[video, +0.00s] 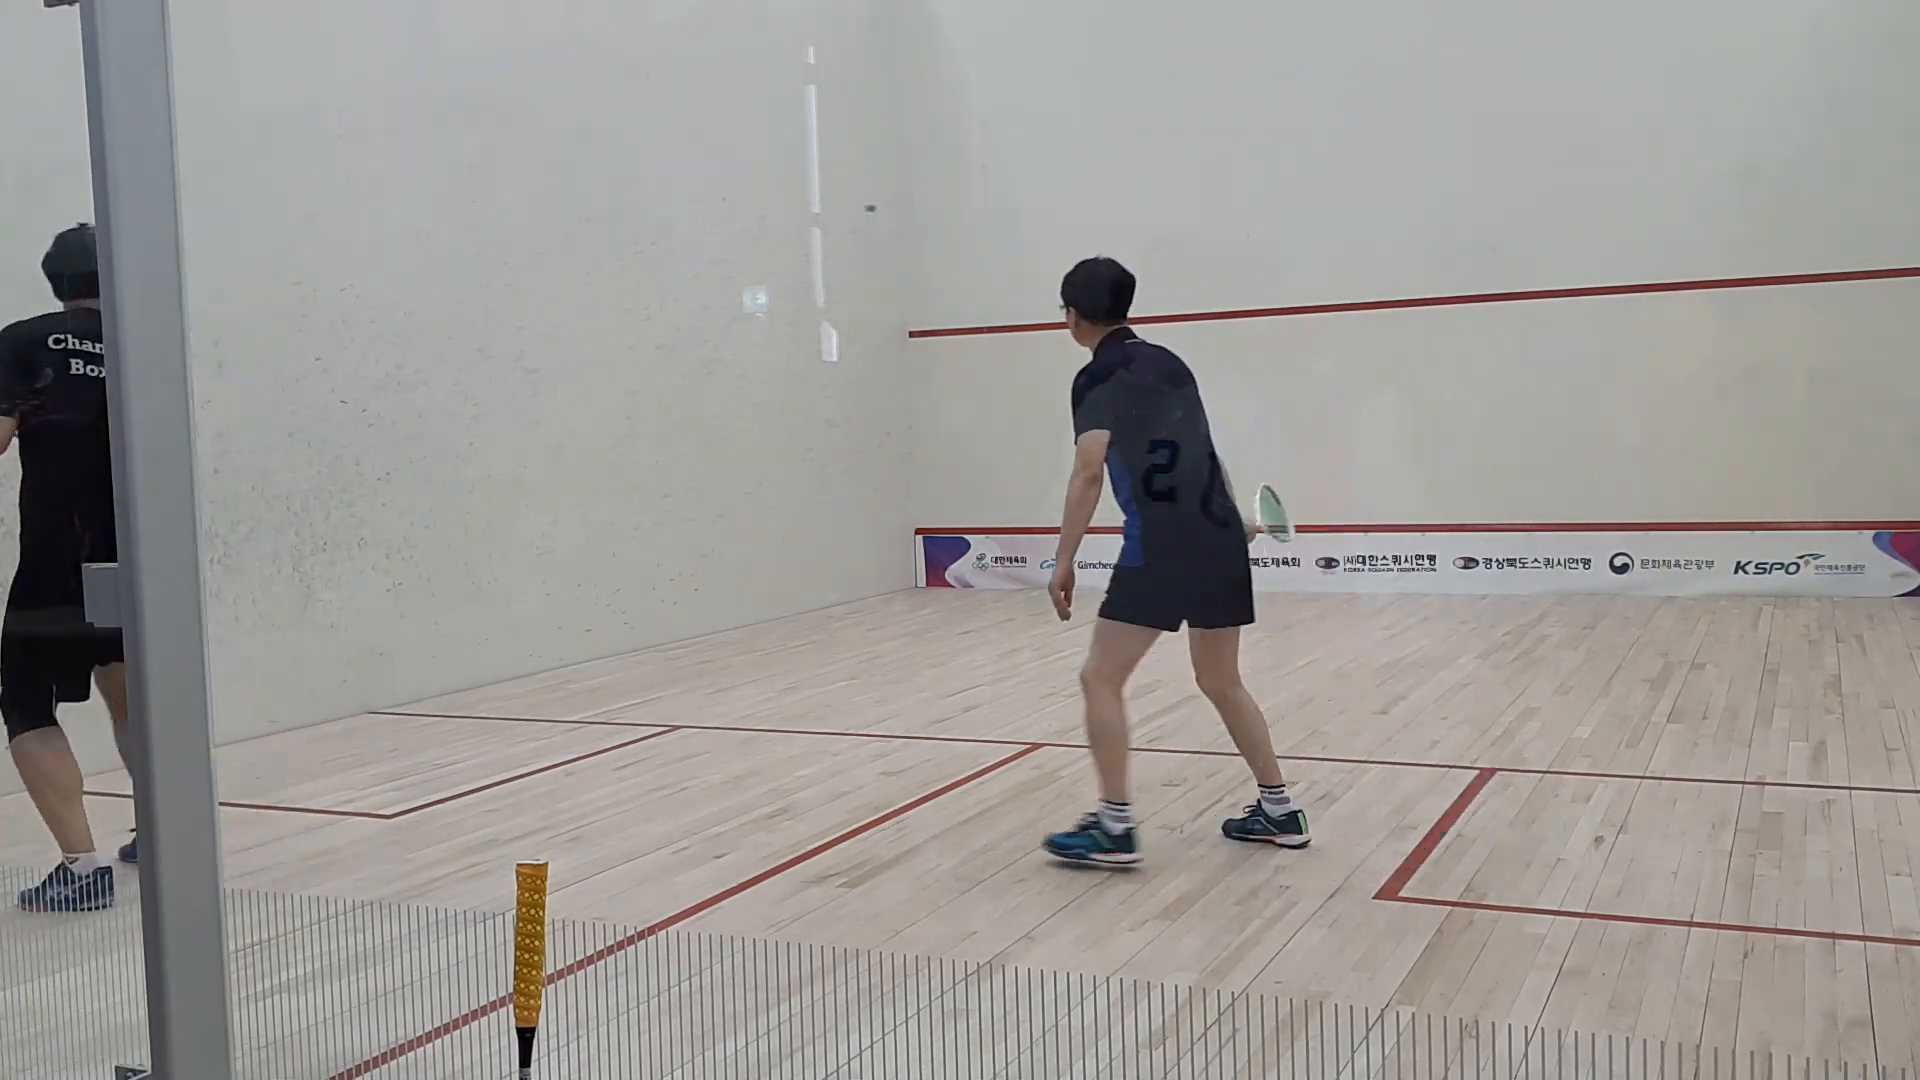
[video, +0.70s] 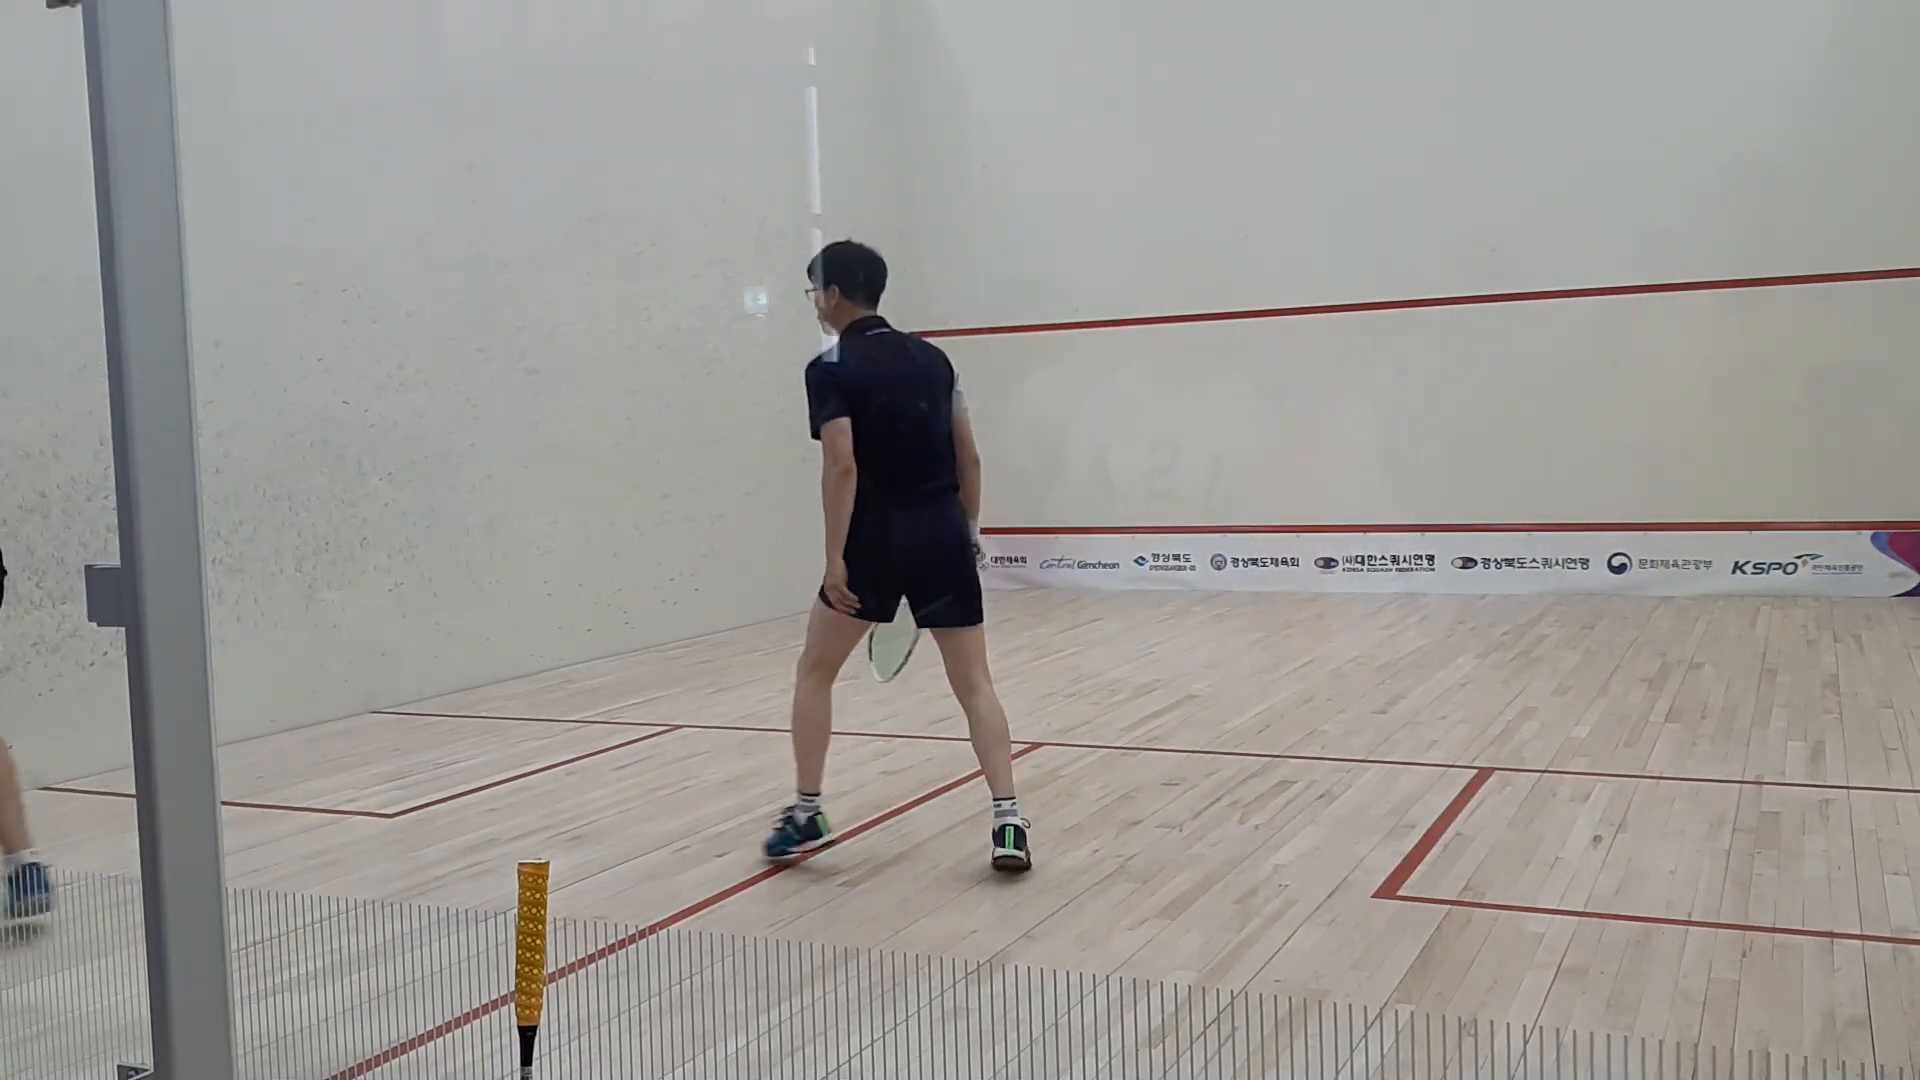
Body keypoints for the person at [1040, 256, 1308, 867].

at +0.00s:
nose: (1064, 319)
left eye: (1065, 310)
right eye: (1068, 308)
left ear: (1074, 315)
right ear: (1124, 309)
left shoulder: (1099, 378)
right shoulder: (1171, 364)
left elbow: (1090, 472)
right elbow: (1198, 458)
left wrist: (1064, 560)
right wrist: (1235, 523)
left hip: (1158, 556)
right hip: (1223, 548)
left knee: (1101, 677)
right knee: (1220, 678)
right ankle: (1278, 804)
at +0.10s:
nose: (1028, 325)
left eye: (1030, 316)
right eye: (1030, 314)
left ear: (1042, 323)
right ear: (1089, 319)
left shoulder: (1055, 387)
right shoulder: (1138, 376)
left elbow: (1051, 481)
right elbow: (1160, 473)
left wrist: (1028, 569)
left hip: (1110, 562)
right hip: (1178, 556)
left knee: (1031, 677)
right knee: (1194, 684)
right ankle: (1271, 801)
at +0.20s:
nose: (981, 336)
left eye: (981, 326)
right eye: (982, 326)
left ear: (992, 331)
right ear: (1041, 329)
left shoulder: (999, 402)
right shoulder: (1089, 390)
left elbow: (994, 496)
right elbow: (1129, 487)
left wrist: (972, 584)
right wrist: (1135, 558)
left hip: (1047, 572)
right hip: (1117, 561)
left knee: (965, 693)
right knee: (1169, 688)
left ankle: (900, 817)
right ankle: (1258, 794)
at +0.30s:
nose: (923, 346)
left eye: (925, 337)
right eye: (926, 336)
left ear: (936, 343)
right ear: (985, 339)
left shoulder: (932, 416)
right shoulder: (1033, 401)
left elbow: (927, 511)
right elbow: (1075, 496)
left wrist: (910, 597)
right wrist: (1093, 565)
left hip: (983, 590)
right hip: (1058, 578)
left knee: (891, 688)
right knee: (1131, 694)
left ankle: (872, 826)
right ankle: (1222, 797)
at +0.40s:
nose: (874, 349)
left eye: (876, 340)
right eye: (874, 339)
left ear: (890, 345)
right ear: (938, 343)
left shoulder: (880, 421)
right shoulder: (985, 404)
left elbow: (873, 518)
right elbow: (1027, 499)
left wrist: (856, 606)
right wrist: (1047, 571)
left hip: (936, 588)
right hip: (1011, 580)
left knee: (856, 688)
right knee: (1083, 699)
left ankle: (870, 825)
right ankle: (1164, 806)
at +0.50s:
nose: (844, 329)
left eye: (846, 320)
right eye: (846, 320)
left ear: (860, 326)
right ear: (905, 323)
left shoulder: (850, 402)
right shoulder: (955, 384)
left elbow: (848, 498)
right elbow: (994, 482)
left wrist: (834, 586)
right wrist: (1000, 557)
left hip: (907, 574)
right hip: (982, 563)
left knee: (850, 689)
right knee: (1033, 696)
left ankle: (868, 824)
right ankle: (1087, 812)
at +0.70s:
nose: (814, 301)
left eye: (816, 291)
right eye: (815, 290)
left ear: (833, 296)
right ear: (875, 293)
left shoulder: (831, 368)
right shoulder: (931, 357)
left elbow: (841, 465)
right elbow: (968, 458)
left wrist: (834, 560)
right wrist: (967, 532)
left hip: (871, 546)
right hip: (945, 542)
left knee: (816, 671)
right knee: (976, 685)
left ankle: (806, 809)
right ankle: (1008, 816)